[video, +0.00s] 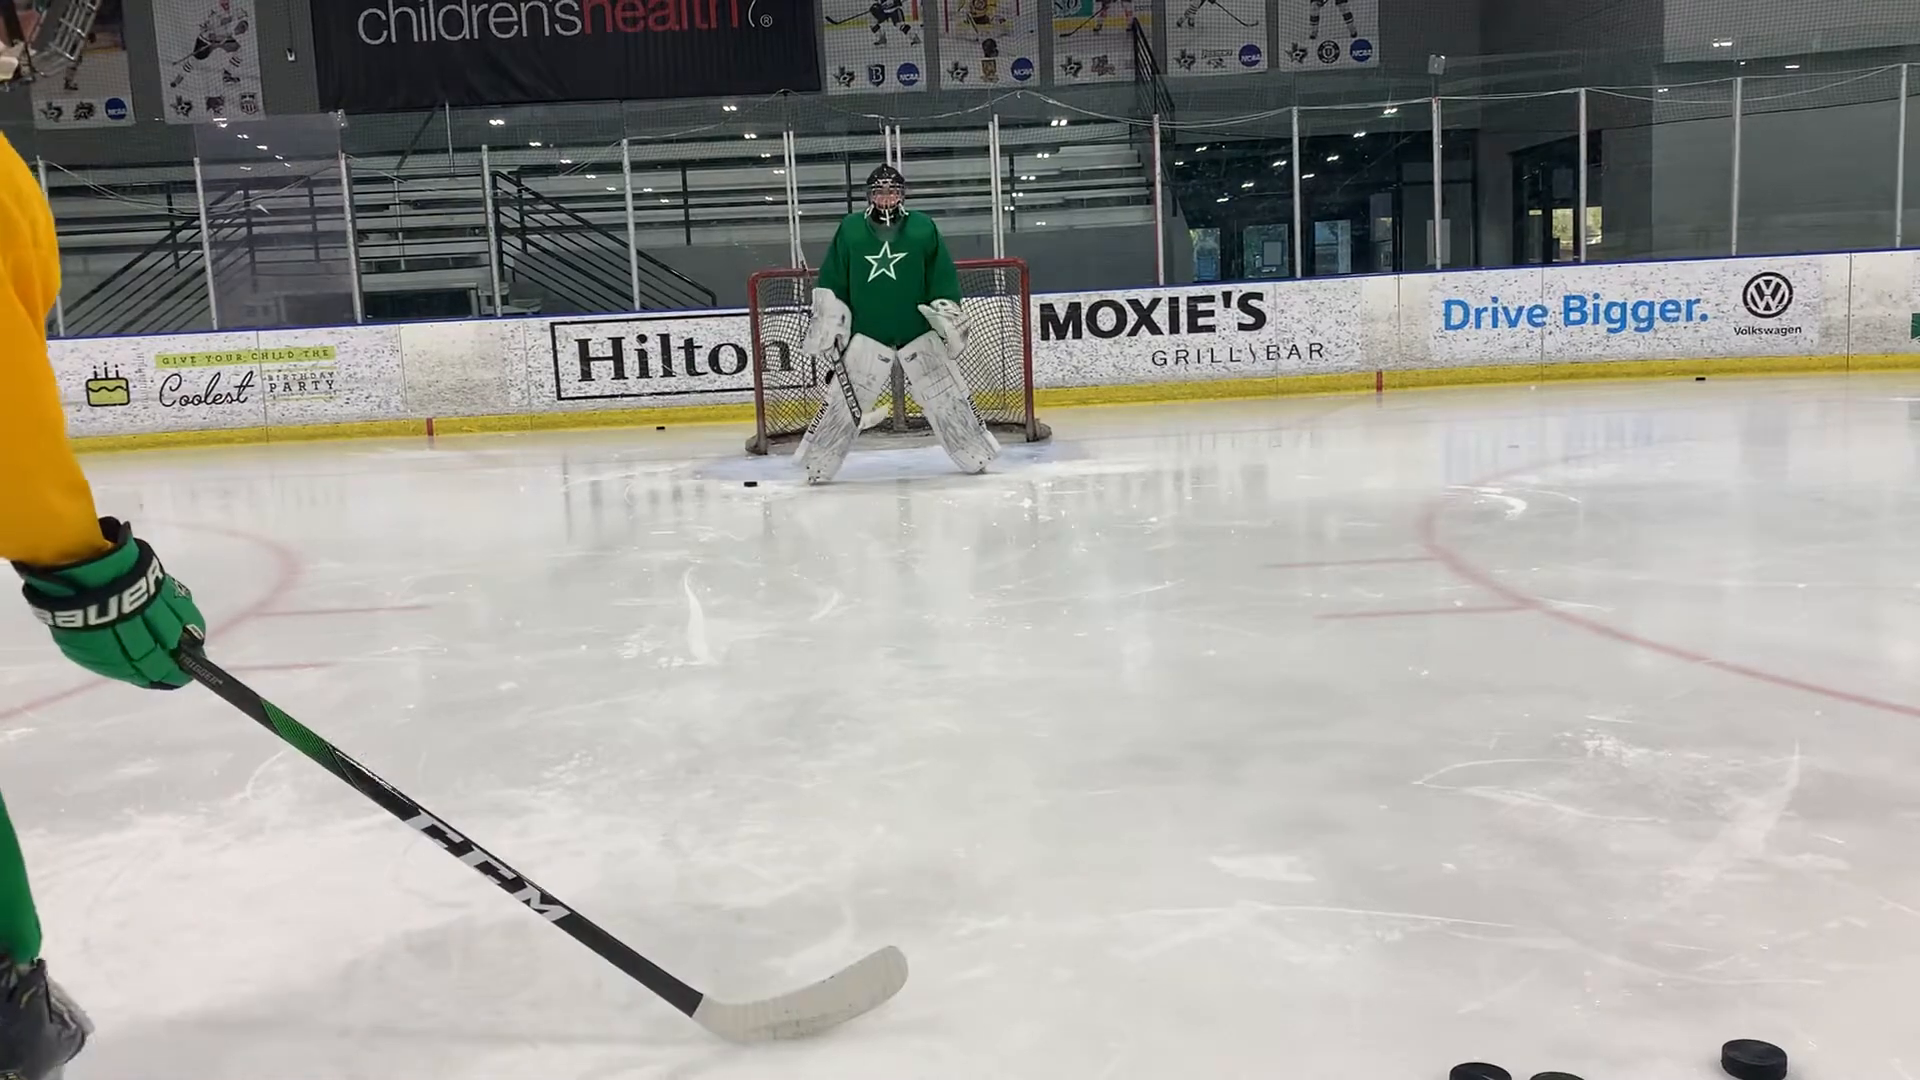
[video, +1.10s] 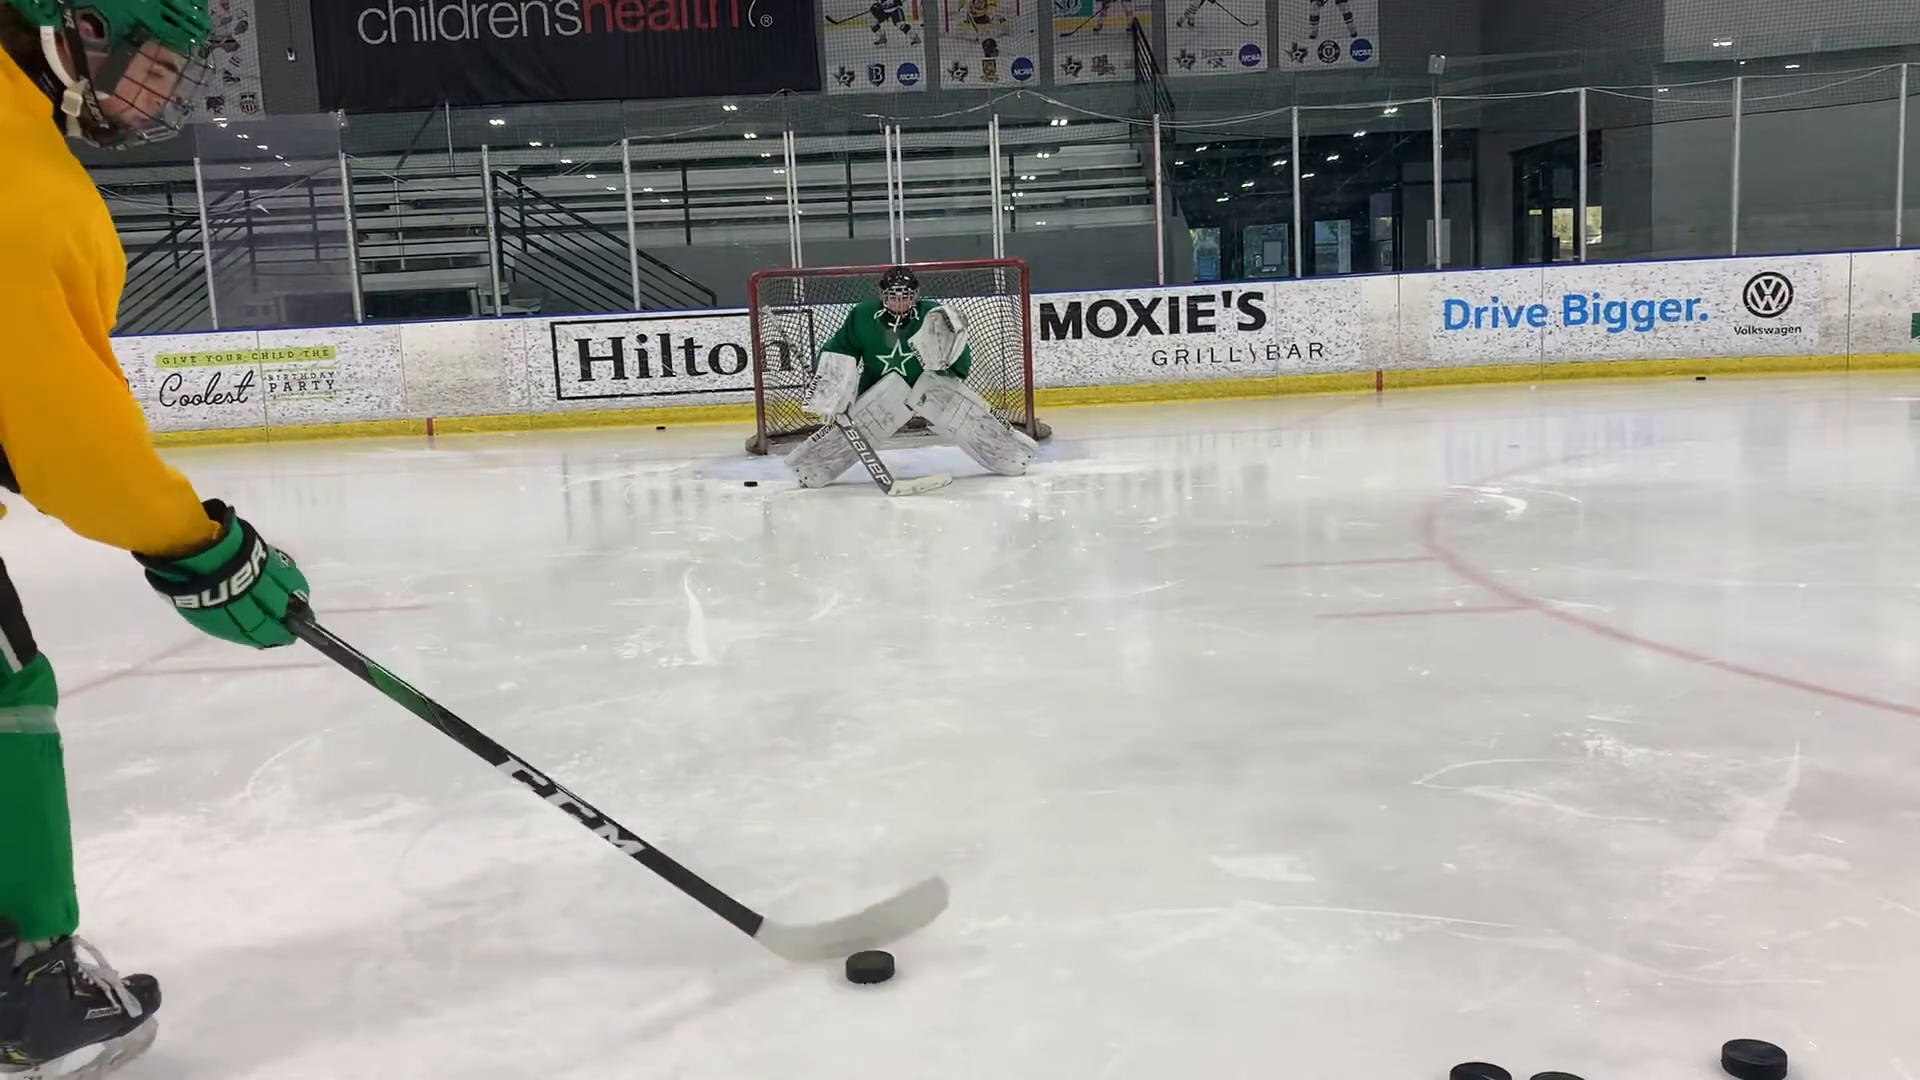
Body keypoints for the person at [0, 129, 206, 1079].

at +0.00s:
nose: (28, 23)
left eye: (32, 1)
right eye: (23, 1)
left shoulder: (17, 183)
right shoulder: (5, 183)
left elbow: (10, 368)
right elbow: (6, 372)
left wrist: (72, 556)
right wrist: (79, 560)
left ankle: (17, 996)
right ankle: (13, 999)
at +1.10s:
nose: (157, 95)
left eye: (173, 74)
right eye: (147, 61)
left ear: (58, 39)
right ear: (65, 33)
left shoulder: (31, 157)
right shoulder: (27, 185)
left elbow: (49, 408)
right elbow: (64, 428)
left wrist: (180, 534)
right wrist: (201, 548)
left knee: (13, 688)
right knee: (12, 690)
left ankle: (28, 962)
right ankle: (27, 970)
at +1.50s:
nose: (270, 150)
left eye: (278, 125)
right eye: (267, 121)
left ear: (158, 86)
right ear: (220, 106)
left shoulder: (47, 134)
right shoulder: (164, 233)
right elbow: (193, 459)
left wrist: (121, 517)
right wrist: (300, 609)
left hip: (12, 473)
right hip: (11, 485)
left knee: (132, 650)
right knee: (147, 650)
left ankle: (155, 910)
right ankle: (167, 921)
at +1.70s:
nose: (358, 146)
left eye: (366, 120)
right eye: (357, 116)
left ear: (245, 77)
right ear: (309, 95)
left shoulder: (129, 129)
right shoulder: (241, 196)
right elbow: (254, 412)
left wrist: (223, 504)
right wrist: (336, 550)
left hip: (6, 438)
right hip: (98, 453)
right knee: (248, 635)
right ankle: (324, 857)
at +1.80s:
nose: (401, 152)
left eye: (407, 125)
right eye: (400, 120)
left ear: (283, 79)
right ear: (360, 101)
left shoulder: (142, 88)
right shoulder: (347, 229)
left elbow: (60, 175)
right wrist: (430, 428)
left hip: (19, 423)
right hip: (194, 469)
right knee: (292, 666)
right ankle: (379, 851)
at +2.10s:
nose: (343, 109)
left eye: (349, 88)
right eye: (343, 84)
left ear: (223, 33)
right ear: (313, 62)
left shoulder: (71, 66)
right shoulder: (334, 175)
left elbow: (1, 261)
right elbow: (333, 284)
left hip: (79, 453)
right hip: (270, 465)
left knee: (13, 701)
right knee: (348, 704)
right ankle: (521, 861)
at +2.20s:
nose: (247, 63)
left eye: (245, 45)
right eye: (240, 45)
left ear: (98, 11)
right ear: (210, 33)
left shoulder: (18, 54)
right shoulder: (261, 133)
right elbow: (265, 284)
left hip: (23, 436)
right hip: (217, 430)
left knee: (14, 716)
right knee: (378, 699)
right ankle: (528, 872)